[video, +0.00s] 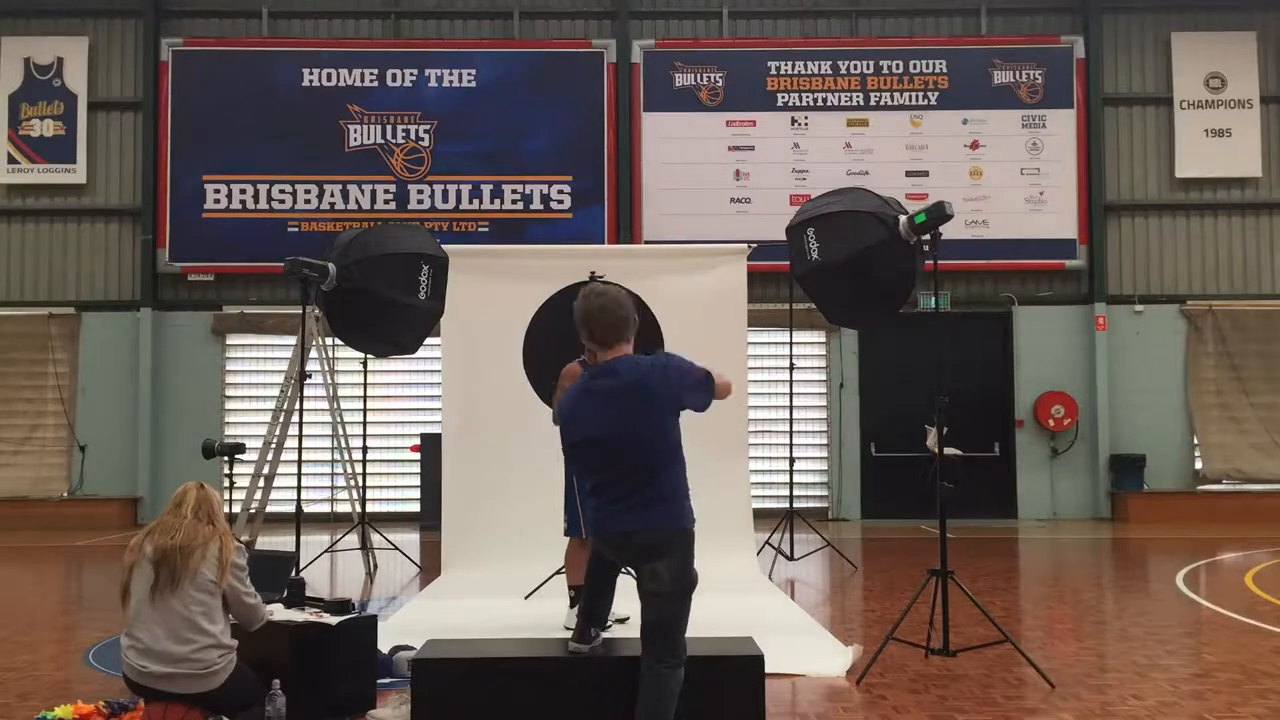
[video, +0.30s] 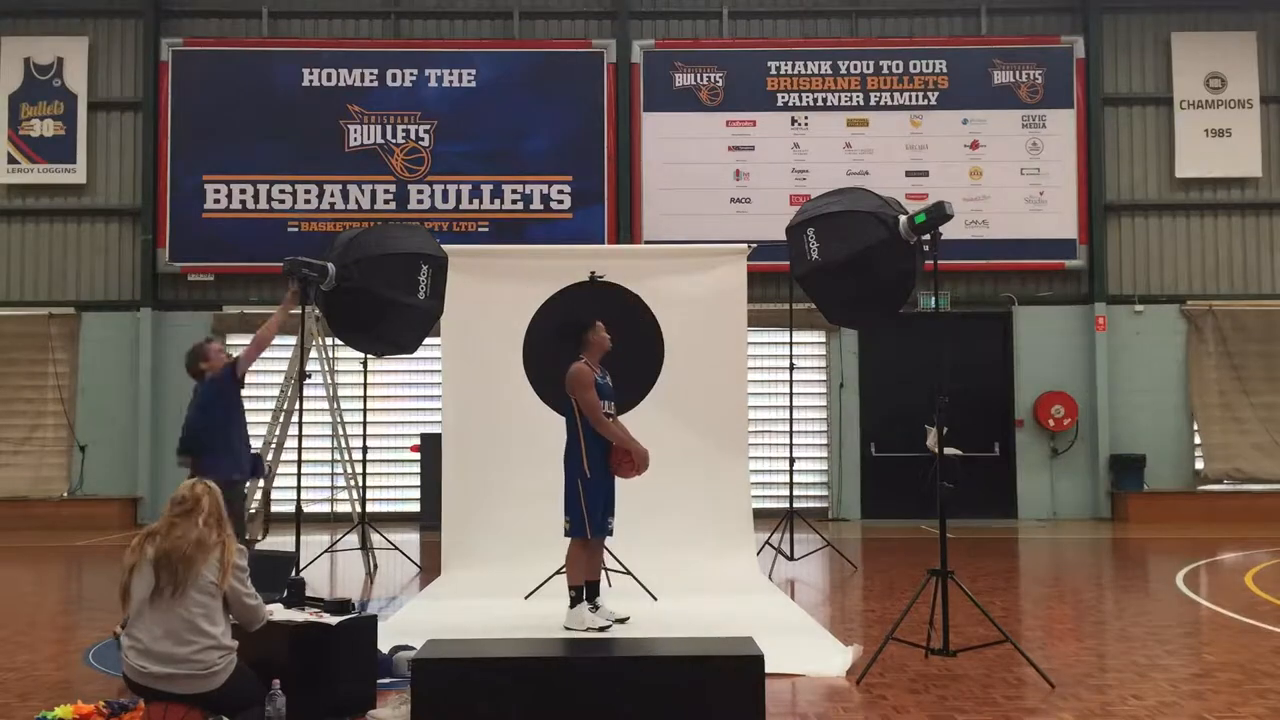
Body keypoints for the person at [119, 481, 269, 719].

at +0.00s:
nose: (223, 517)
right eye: (221, 511)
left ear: (173, 508)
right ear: (214, 512)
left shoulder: (142, 540)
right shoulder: (224, 546)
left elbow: (132, 604)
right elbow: (253, 618)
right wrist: (261, 613)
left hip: (140, 679)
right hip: (204, 681)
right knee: (255, 702)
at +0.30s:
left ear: (173, 509)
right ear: (218, 514)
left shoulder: (144, 543)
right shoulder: (226, 550)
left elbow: (130, 608)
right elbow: (253, 618)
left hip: (140, 679)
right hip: (205, 681)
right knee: (255, 703)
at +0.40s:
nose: (230, 515)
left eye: (227, 506)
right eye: (223, 506)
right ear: (210, 511)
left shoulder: (155, 538)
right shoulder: (219, 545)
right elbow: (252, 614)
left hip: (156, 672)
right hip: (209, 676)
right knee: (255, 704)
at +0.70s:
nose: (223, 514)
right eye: (220, 508)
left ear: (172, 507)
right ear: (213, 509)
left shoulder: (147, 539)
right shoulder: (223, 545)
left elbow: (134, 602)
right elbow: (251, 614)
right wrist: (261, 613)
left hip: (141, 677)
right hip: (205, 680)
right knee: (254, 702)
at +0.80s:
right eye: (237, 523)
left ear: (190, 516)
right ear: (229, 522)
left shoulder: (154, 543)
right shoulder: (229, 548)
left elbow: (137, 606)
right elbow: (255, 617)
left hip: (142, 679)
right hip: (207, 683)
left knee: (125, 613)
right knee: (255, 704)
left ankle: (153, 707)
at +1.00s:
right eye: (219, 506)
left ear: (170, 504)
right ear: (213, 509)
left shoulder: (142, 540)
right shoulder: (225, 545)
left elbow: (131, 609)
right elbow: (252, 616)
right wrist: (264, 602)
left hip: (142, 679)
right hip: (207, 681)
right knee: (255, 702)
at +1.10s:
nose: (227, 519)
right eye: (224, 513)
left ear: (177, 509)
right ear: (219, 515)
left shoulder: (141, 541)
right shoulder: (226, 550)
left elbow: (129, 609)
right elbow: (236, 624)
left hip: (140, 679)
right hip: (205, 682)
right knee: (253, 703)